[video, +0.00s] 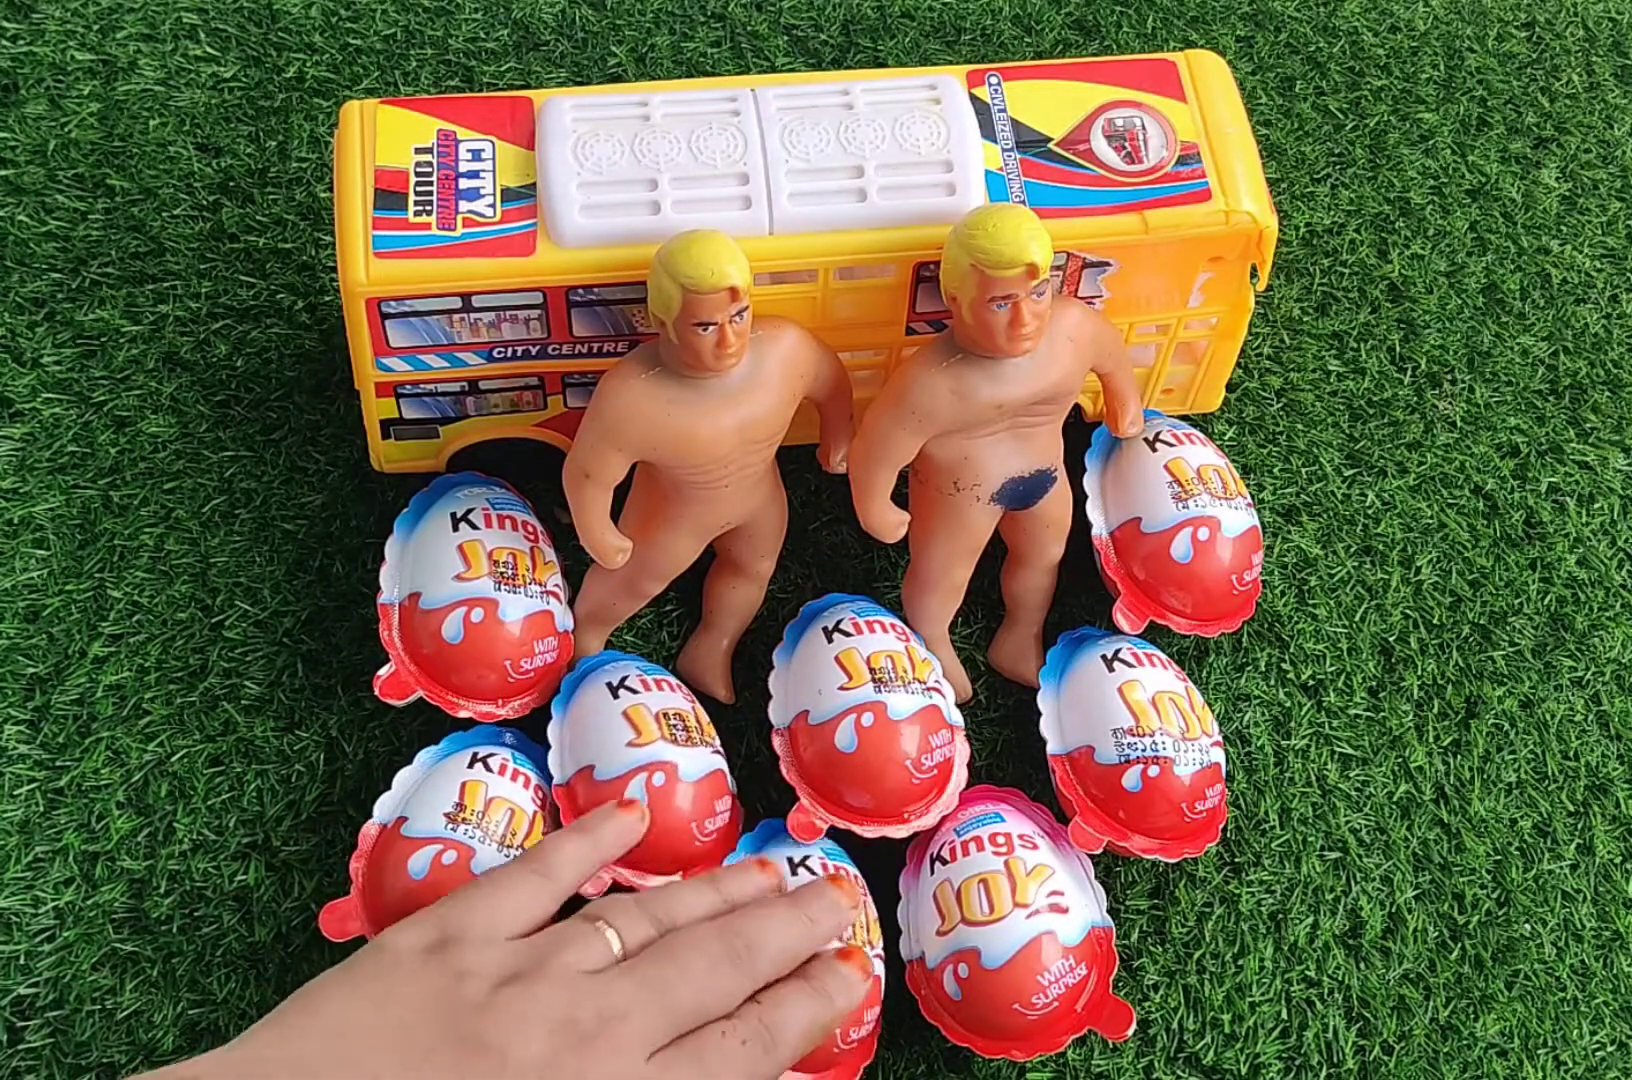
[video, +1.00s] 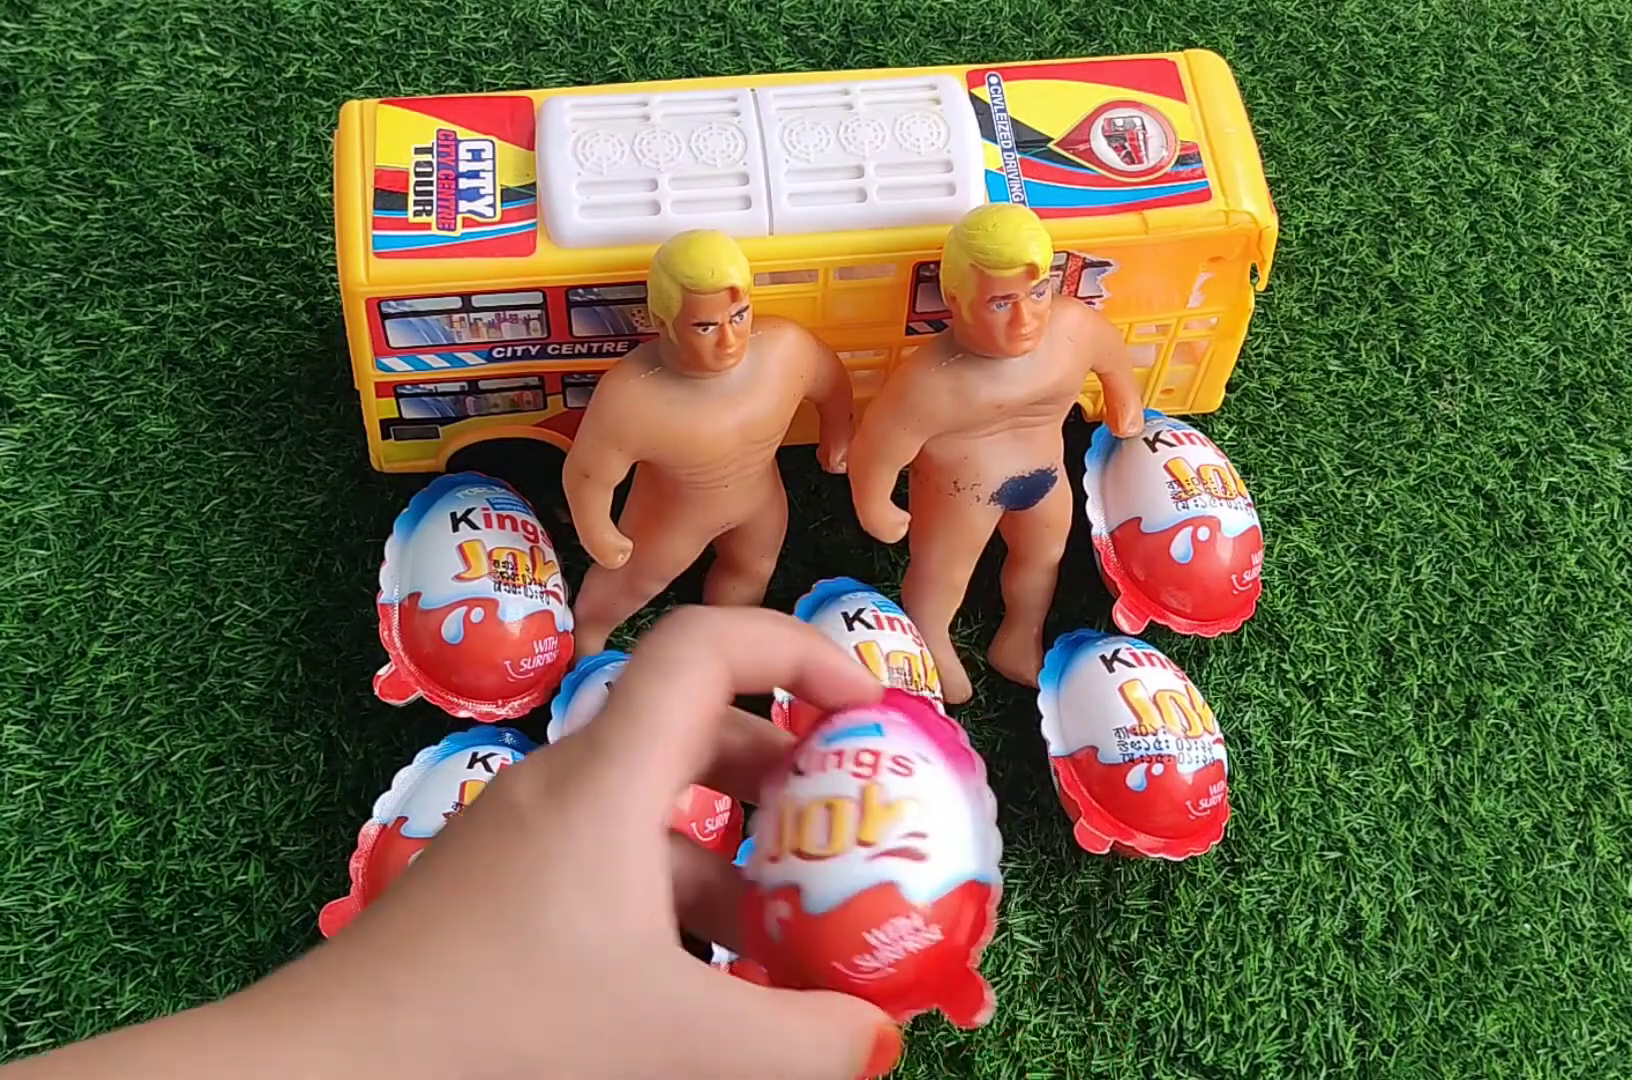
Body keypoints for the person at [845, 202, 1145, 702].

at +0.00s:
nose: (1023, 317)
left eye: (1036, 294)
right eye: (999, 302)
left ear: (1051, 284)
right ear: (953, 304)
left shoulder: (1078, 326)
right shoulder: (928, 383)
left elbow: (1113, 358)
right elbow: (873, 452)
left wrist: (1126, 403)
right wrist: (877, 514)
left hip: (1045, 478)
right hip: (959, 493)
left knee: (1041, 561)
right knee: (941, 579)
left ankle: (1020, 642)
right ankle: (933, 646)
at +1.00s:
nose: (1023, 316)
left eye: (1036, 294)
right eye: (999, 302)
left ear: (1051, 284)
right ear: (953, 303)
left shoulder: (1077, 326)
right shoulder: (927, 382)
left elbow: (1112, 357)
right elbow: (874, 453)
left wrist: (1126, 404)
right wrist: (877, 514)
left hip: (1045, 474)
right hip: (960, 488)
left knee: (1041, 559)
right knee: (942, 574)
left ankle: (1020, 642)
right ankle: (932, 644)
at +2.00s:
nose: (1023, 316)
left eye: (1036, 294)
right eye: (999, 302)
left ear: (1050, 284)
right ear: (953, 304)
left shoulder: (1079, 327)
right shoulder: (927, 382)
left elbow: (1113, 360)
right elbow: (874, 453)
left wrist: (1126, 408)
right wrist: (877, 514)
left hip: (1045, 475)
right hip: (959, 489)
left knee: (1041, 559)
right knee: (942, 575)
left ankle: (1021, 641)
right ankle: (930, 641)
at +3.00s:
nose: (1023, 317)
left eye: (1036, 294)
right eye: (1000, 302)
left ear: (1050, 284)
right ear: (953, 304)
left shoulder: (1079, 328)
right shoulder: (927, 382)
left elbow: (1114, 360)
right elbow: (873, 453)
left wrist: (1126, 410)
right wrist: (878, 515)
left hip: (1045, 477)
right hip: (959, 493)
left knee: (1041, 560)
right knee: (942, 578)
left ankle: (1021, 642)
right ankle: (933, 642)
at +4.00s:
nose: (1025, 318)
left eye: (1037, 294)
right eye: (1000, 303)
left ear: (1052, 284)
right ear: (952, 303)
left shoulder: (1079, 327)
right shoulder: (927, 382)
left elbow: (1116, 364)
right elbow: (870, 466)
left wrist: (1127, 412)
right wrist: (886, 548)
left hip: (1044, 477)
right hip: (959, 489)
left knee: (1040, 563)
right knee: (947, 571)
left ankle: (1023, 645)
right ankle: (936, 649)